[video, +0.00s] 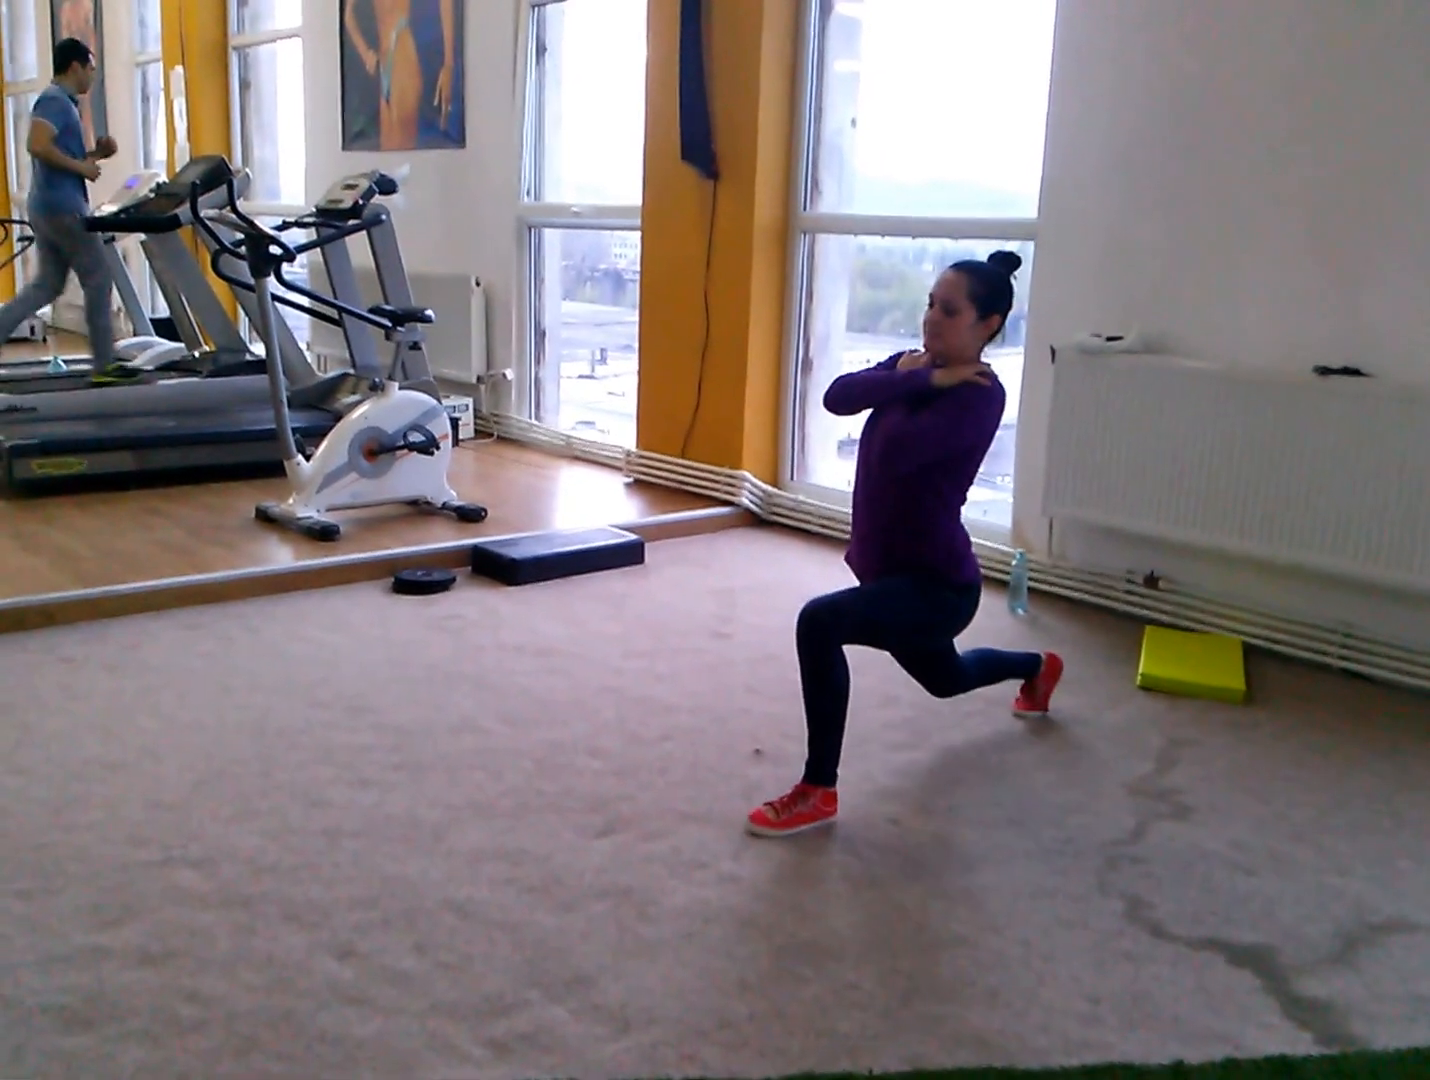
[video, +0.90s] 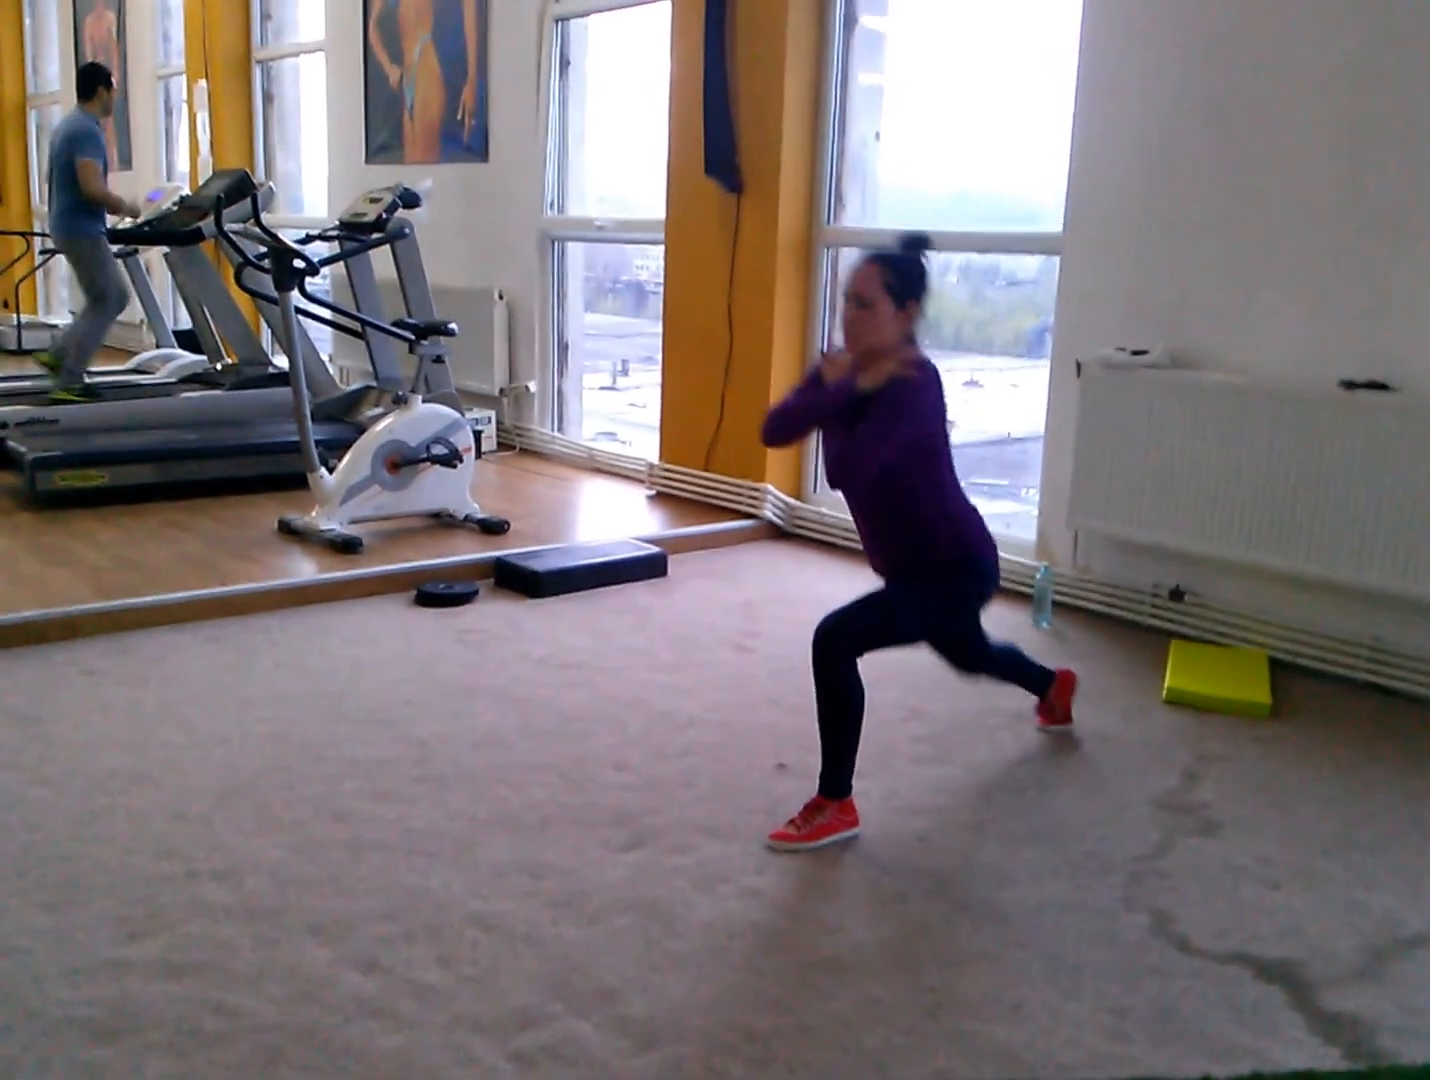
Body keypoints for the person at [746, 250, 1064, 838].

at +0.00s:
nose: (932, 318)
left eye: (949, 311)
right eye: (931, 305)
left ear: (989, 327)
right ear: (926, 306)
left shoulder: (980, 399)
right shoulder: (908, 365)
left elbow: (898, 457)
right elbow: (836, 398)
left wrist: (894, 383)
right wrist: (930, 377)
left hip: (938, 589)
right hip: (885, 577)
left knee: (819, 623)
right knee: (945, 677)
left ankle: (818, 789)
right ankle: (1040, 666)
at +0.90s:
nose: (851, 316)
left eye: (866, 304)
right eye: (848, 302)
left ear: (907, 315)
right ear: (842, 309)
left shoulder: (913, 384)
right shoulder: (843, 372)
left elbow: (847, 470)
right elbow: (774, 430)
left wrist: (838, 391)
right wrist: (842, 382)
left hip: (956, 574)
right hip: (912, 571)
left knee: (835, 638)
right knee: (970, 655)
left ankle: (834, 802)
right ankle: (1053, 685)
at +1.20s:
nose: (791, 212)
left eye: (808, 198)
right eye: (787, 197)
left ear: (856, 211)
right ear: (785, 207)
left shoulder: (869, 297)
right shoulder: (782, 286)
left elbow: (822, 404)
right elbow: (724, 366)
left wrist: (770, 321)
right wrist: (789, 306)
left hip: (916, 502)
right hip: (859, 506)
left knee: (826, 646)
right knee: (863, 655)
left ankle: (843, 806)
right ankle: (965, 675)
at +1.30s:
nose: (790, 172)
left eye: (808, 162)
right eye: (789, 160)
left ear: (856, 181)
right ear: (793, 173)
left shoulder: (868, 266)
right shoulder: (787, 256)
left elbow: (804, 362)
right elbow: (719, 329)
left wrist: (778, 284)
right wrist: (780, 273)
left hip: (898, 492)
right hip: (835, 490)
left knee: (822, 646)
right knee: (797, 640)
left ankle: (845, 807)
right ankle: (907, 694)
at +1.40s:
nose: (794, 154)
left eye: (812, 143)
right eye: (792, 142)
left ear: (859, 159)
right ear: (792, 155)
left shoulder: (870, 245)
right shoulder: (787, 237)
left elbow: (793, 337)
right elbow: (716, 302)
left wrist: (772, 264)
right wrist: (792, 243)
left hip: (878, 490)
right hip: (813, 484)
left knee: (816, 657)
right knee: (749, 631)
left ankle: (850, 808)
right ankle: (827, 734)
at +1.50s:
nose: (790, 147)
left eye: (809, 135)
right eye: (790, 133)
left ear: (859, 152)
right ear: (796, 146)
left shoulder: (871, 238)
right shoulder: (793, 236)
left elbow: (790, 323)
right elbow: (710, 287)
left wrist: (768, 252)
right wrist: (798, 237)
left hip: (854, 492)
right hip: (785, 484)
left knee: (804, 661)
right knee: (713, 628)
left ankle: (850, 808)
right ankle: (730, 787)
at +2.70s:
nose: (549, 358)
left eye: (563, 343)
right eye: (546, 342)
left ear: (620, 347)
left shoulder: (643, 441)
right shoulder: (559, 426)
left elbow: (548, 545)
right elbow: (480, 493)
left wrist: (545, 456)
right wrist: (569, 439)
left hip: (654, 684)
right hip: (582, 670)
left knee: (667, 880)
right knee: (472, 736)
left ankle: (810, 813)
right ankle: (546, 879)